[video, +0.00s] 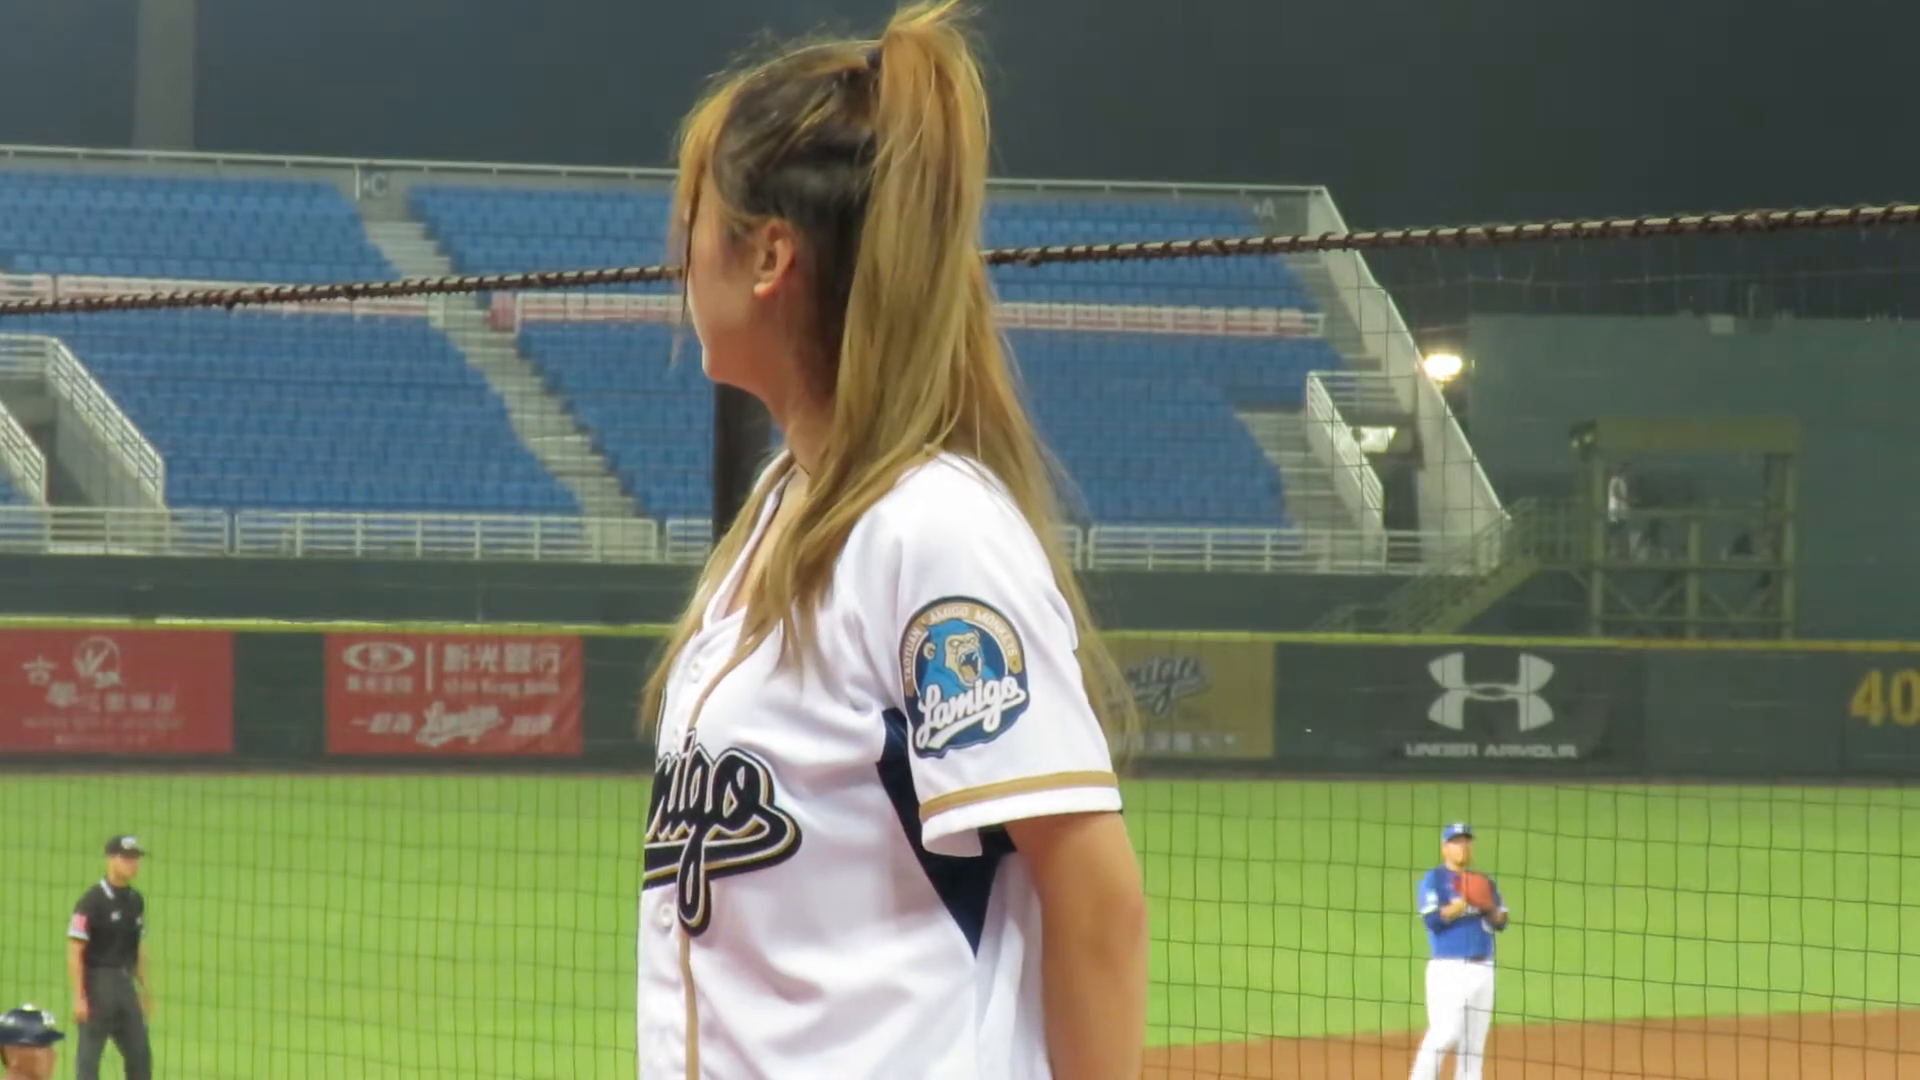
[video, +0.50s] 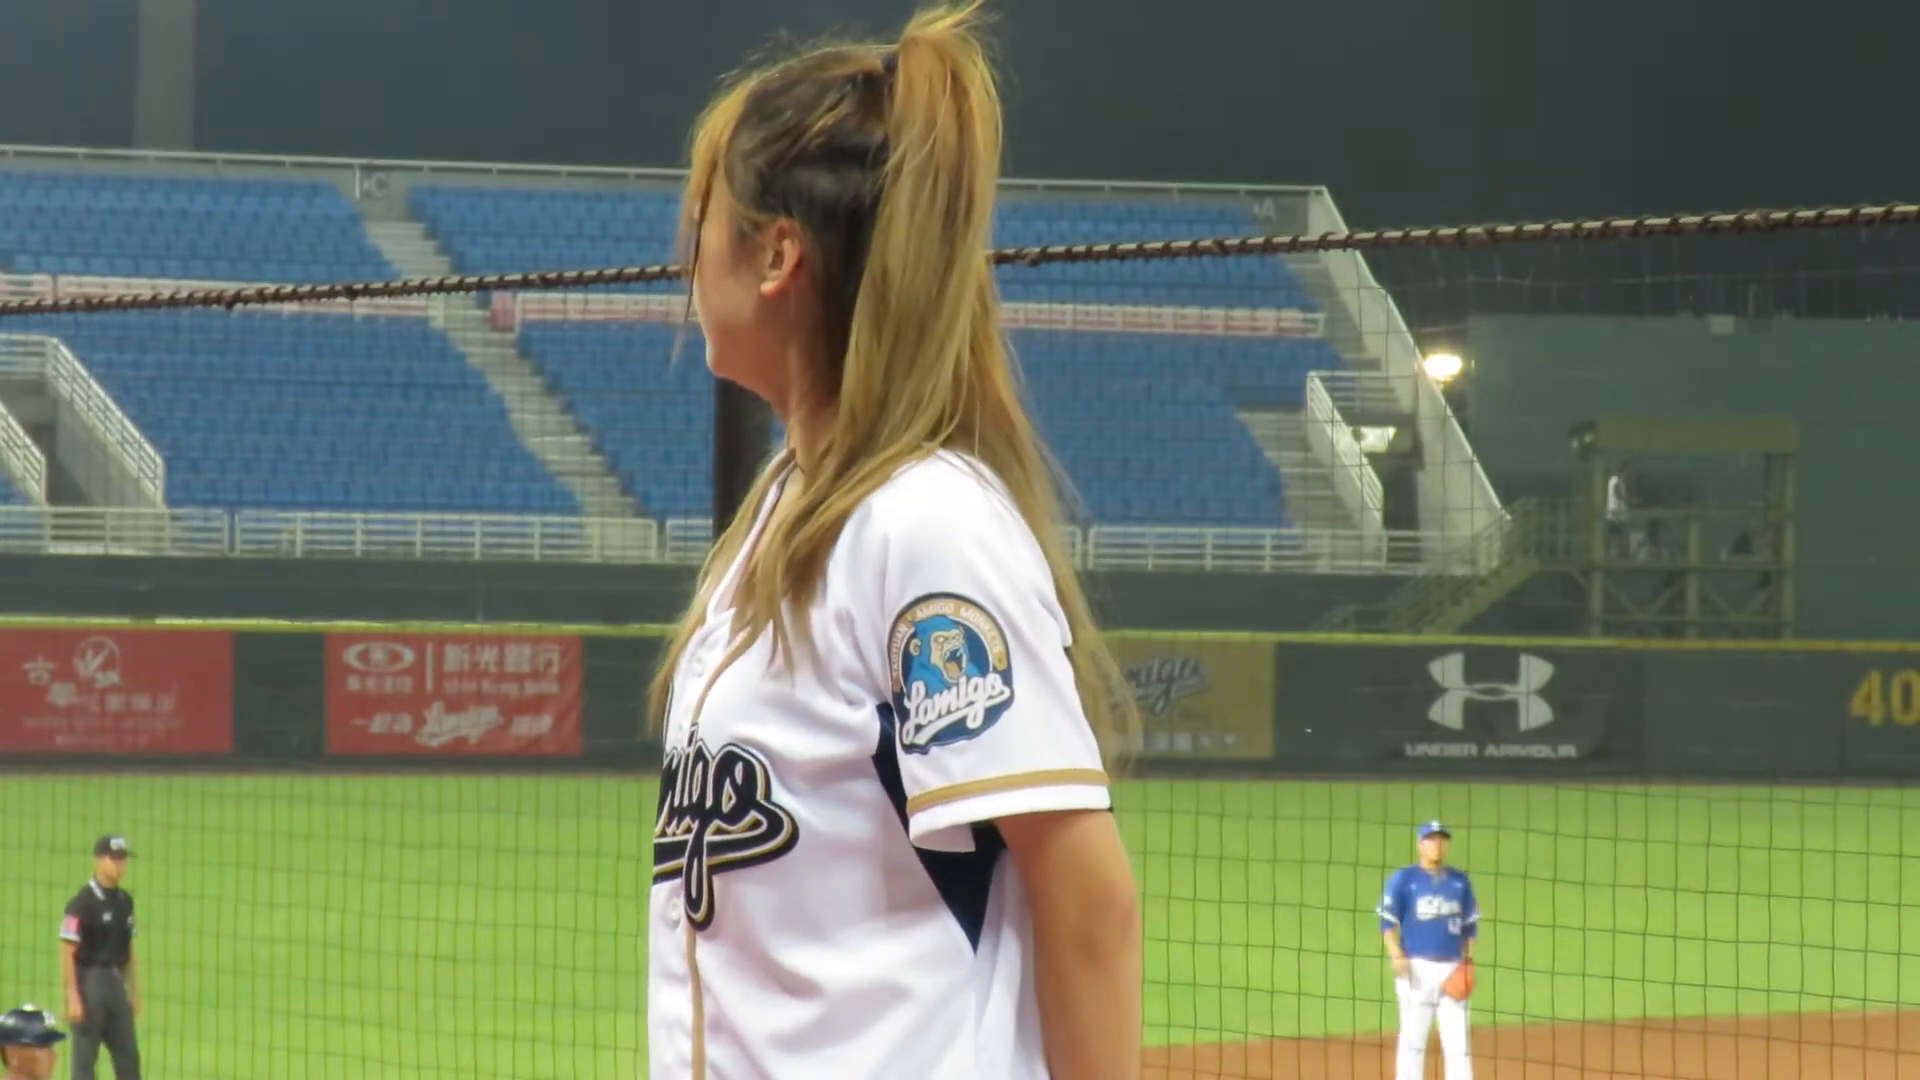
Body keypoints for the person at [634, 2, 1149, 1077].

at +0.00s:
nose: (682, 258)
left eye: (695, 224)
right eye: (689, 222)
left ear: (770, 259)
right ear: (773, 258)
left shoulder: (938, 527)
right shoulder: (780, 506)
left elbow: (1098, 897)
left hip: (883, 1055)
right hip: (718, 1051)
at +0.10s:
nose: (683, 261)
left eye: (696, 225)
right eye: (690, 224)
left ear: (772, 258)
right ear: (774, 257)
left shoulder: (938, 528)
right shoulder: (780, 508)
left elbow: (1100, 899)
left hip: (885, 1055)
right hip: (719, 1051)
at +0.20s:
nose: (684, 259)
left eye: (697, 224)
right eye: (691, 223)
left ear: (772, 259)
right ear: (775, 258)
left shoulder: (937, 529)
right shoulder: (781, 508)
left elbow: (1100, 900)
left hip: (885, 1055)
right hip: (720, 1051)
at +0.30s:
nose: (685, 260)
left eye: (698, 225)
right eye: (692, 223)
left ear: (773, 259)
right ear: (776, 258)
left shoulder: (934, 527)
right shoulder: (782, 507)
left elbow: (1098, 899)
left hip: (888, 1055)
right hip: (730, 1050)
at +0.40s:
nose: (686, 258)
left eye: (701, 222)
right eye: (695, 220)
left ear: (775, 260)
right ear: (777, 260)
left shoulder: (931, 526)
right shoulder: (782, 505)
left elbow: (1091, 893)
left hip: (886, 1056)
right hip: (733, 1049)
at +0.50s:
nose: (690, 258)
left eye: (705, 222)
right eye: (699, 220)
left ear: (779, 259)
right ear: (779, 259)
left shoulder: (931, 521)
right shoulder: (783, 499)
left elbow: (1089, 895)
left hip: (884, 1057)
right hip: (732, 1050)